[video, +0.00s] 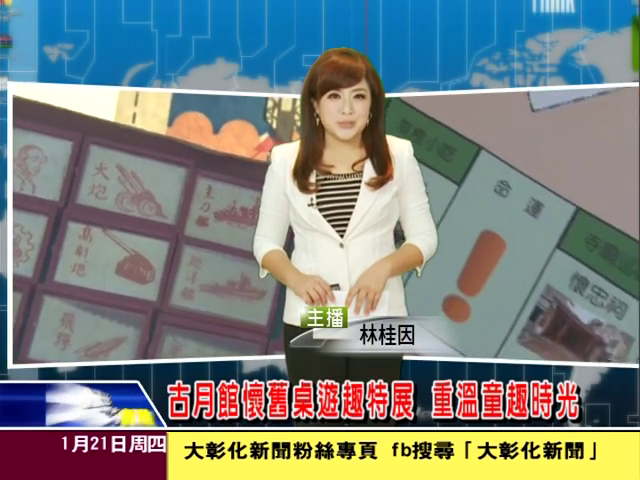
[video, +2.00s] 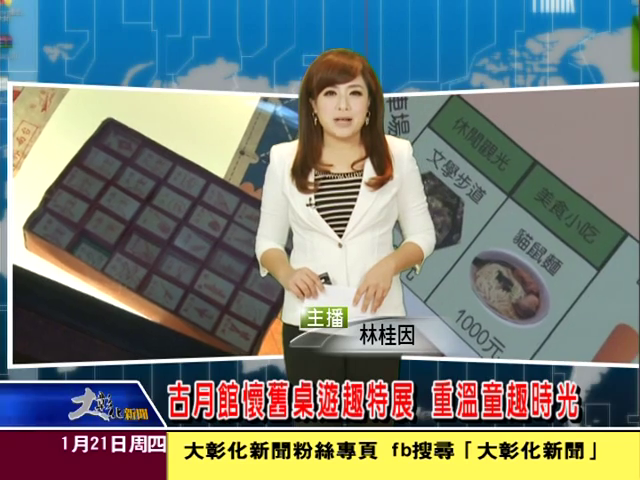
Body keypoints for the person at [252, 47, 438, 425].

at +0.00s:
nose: (347, 109)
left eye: (359, 97)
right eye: (334, 97)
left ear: (373, 104)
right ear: (315, 105)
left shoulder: (396, 155)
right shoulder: (287, 160)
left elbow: (424, 239)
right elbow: (265, 243)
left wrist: (383, 267)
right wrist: (297, 279)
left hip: (379, 323)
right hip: (309, 323)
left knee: (377, 439)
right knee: (314, 438)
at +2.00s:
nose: (343, 105)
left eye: (355, 94)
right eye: (330, 94)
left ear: (370, 103)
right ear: (312, 104)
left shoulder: (395, 155)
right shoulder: (286, 159)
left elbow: (422, 237)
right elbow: (268, 242)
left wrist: (389, 265)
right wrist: (289, 273)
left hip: (376, 326)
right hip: (307, 324)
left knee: (375, 441)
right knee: (313, 440)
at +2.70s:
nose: (343, 105)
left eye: (355, 93)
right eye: (330, 94)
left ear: (370, 102)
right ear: (312, 103)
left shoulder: (395, 155)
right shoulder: (286, 159)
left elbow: (422, 237)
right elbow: (267, 242)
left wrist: (388, 265)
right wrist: (288, 273)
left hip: (377, 324)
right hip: (307, 323)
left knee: (375, 441)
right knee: (314, 440)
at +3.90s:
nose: (346, 104)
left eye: (357, 92)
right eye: (332, 93)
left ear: (371, 101)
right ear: (313, 104)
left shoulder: (396, 155)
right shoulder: (287, 159)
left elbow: (424, 237)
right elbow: (268, 242)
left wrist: (389, 265)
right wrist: (290, 274)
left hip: (378, 324)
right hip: (308, 323)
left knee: (374, 440)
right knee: (313, 439)